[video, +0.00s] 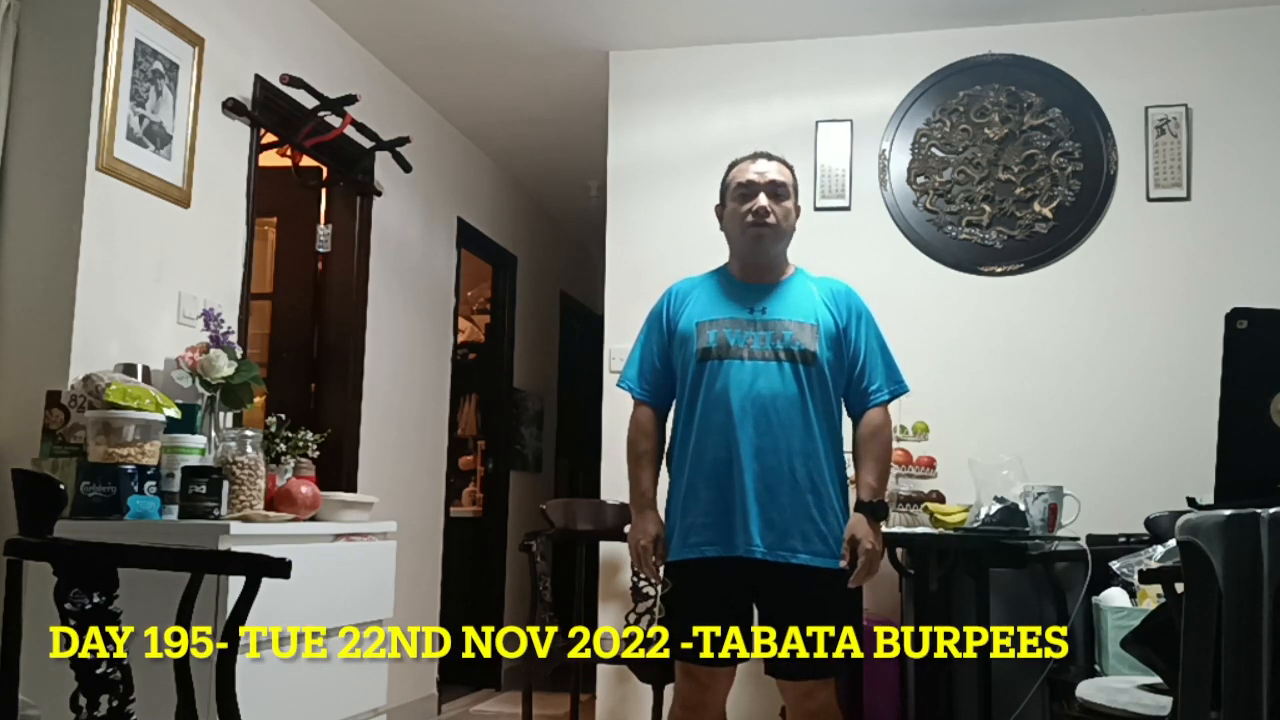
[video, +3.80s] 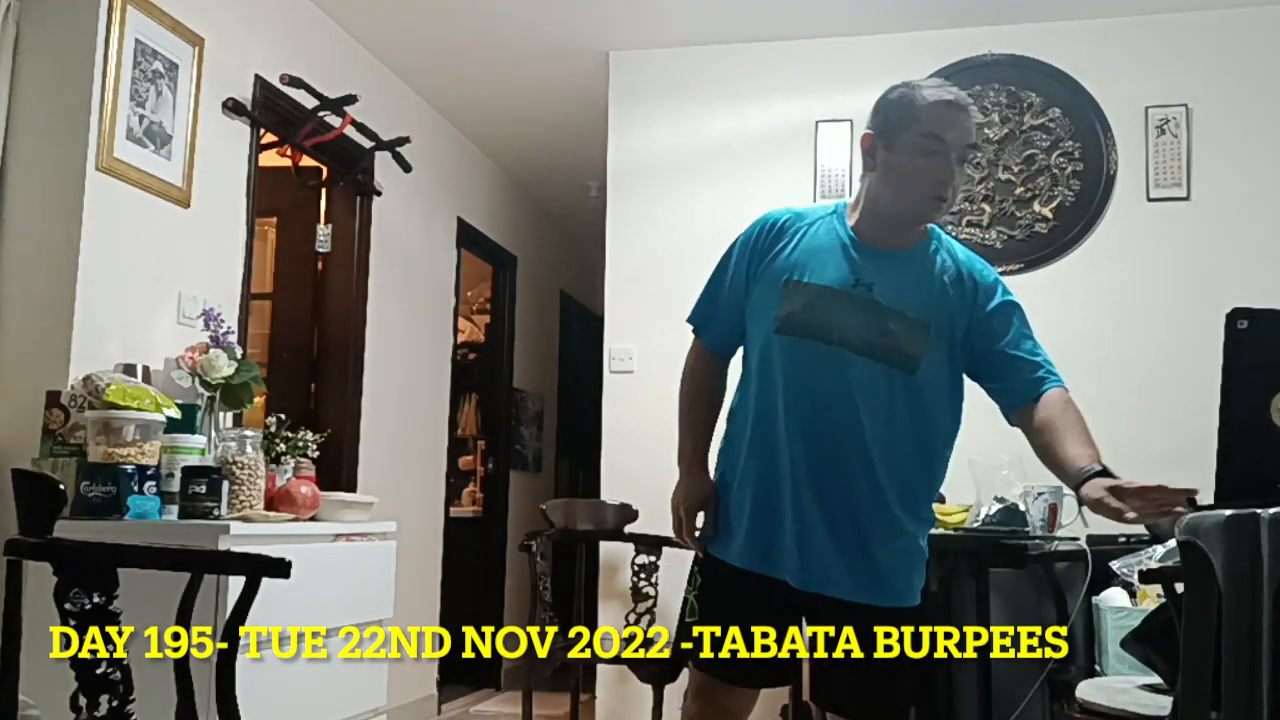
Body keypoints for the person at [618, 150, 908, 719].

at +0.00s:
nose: (761, 200)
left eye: (777, 192)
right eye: (744, 192)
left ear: (796, 216)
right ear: (721, 215)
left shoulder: (838, 303)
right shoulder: (681, 302)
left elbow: (874, 411)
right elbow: (646, 410)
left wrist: (869, 511)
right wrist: (642, 509)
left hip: (809, 544)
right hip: (704, 540)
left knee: (814, 700)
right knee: (698, 694)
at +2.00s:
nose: (714, 195)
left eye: (730, 186)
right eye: (697, 186)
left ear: (749, 209)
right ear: (673, 209)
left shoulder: (794, 296)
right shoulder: (635, 304)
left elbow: (832, 401)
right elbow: (600, 416)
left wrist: (825, 498)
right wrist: (592, 516)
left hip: (779, 537)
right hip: (672, 541)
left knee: (807, 690)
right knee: (678, 691)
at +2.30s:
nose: (780, 202)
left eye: (791, 191)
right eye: (761, 187)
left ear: (802, 207)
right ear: (720, 201)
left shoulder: (835, 301)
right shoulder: (668, 301)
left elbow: (885, 407)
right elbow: (629, 418)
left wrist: (896, 493)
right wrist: (625, 520)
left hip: (810, 557)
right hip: (695, 552)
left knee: (823, 706)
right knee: (690, 703)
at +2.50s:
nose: (874, 189)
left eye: (885, 175)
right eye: (856, 166)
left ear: (893, 188)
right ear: (804, 173)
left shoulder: (907, 294)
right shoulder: (731, 269)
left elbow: (964, 397)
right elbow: (683, 387)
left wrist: (994, 480)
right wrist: (674, 488)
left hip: (853, 550)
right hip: (736, 535)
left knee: (851, 709)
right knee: (694, 696)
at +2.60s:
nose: (911, 184)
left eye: (924, 170)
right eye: (894, 161)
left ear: (933, 183)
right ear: (841, 165)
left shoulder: (937, 289)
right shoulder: (758, 255)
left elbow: (1003, 385)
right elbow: (705, 368)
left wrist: (1048, 462)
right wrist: (690, 475)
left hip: (863, 560)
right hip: (746, 536)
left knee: (860, 712)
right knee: (701, 693)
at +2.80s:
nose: (966, 192)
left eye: (979, 176)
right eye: (949, 166)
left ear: (986, 183)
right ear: (891, 159)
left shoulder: (980, 295)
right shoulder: (793, 240)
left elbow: (1062, 379)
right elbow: (726, 349)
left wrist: (1135, 444)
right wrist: (706, 460)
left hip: (880, 570)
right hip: (762, 540)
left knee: (861, 714)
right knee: (726, 706)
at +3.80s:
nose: (949, 175)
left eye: (962, 160)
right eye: (931, 151)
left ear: (969, 167)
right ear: (873, 151)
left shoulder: (970, 287)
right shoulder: (773, 240)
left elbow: (1036, 393)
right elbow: (708, 353)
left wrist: (1090, 476)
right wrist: (692, 472)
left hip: (878, 572)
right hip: (752, 541)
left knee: (859, 717)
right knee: (711, 702)